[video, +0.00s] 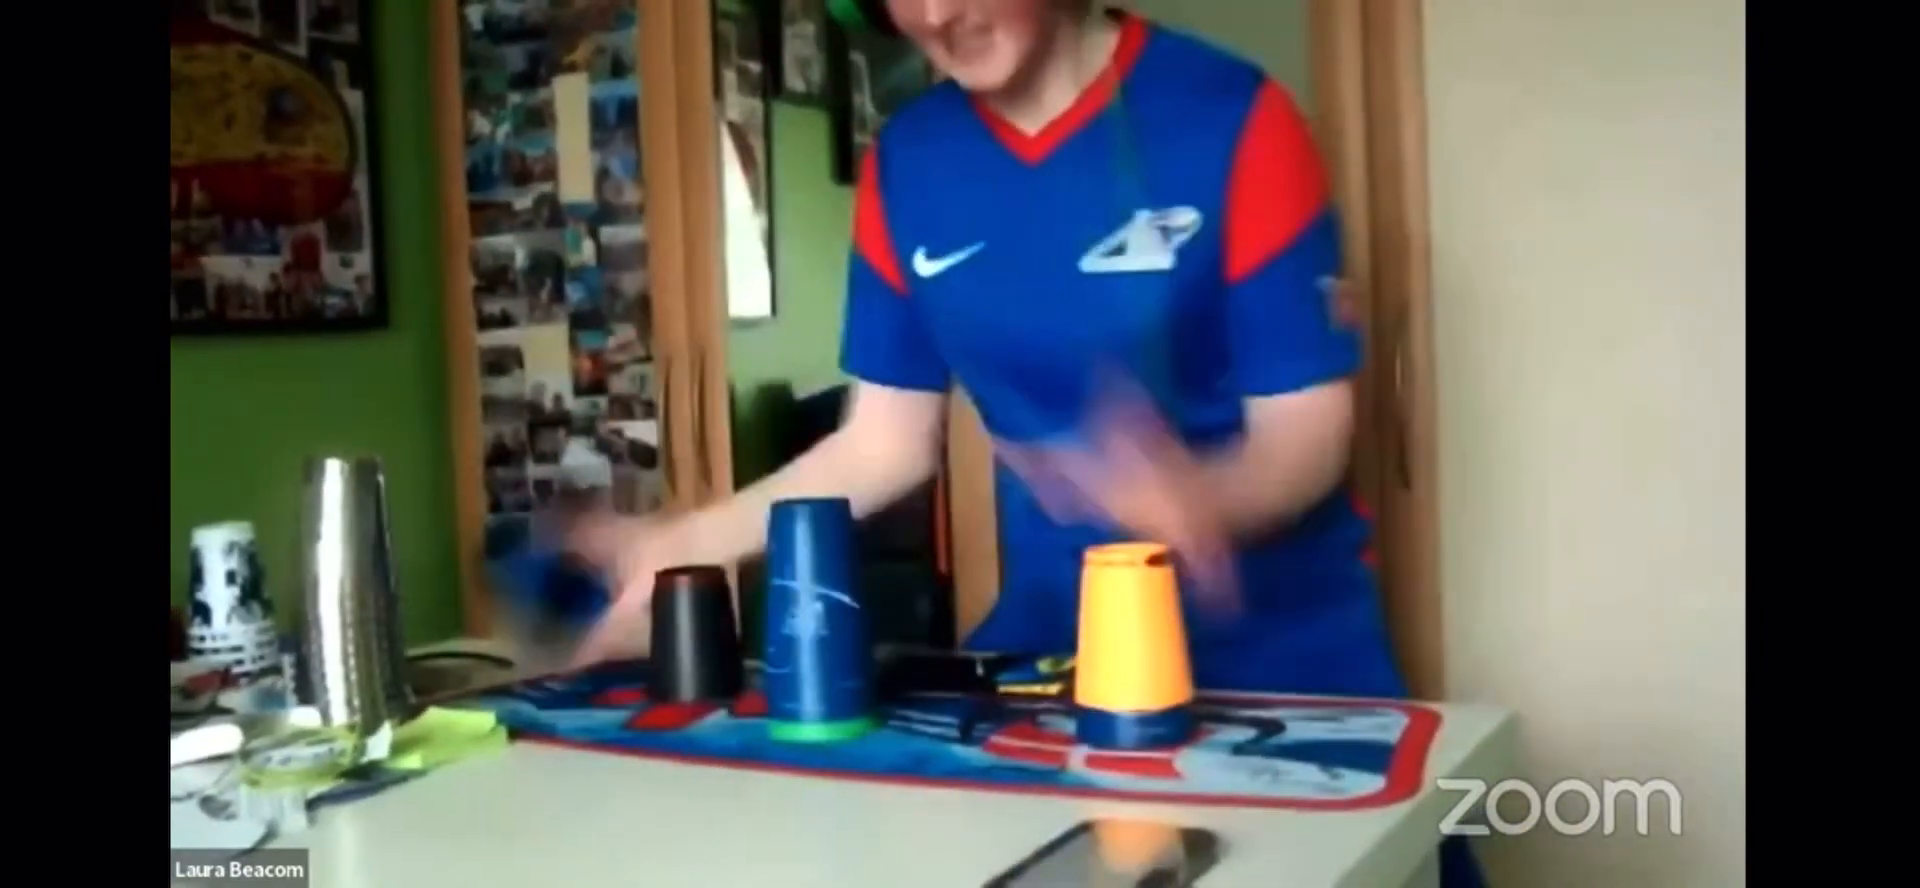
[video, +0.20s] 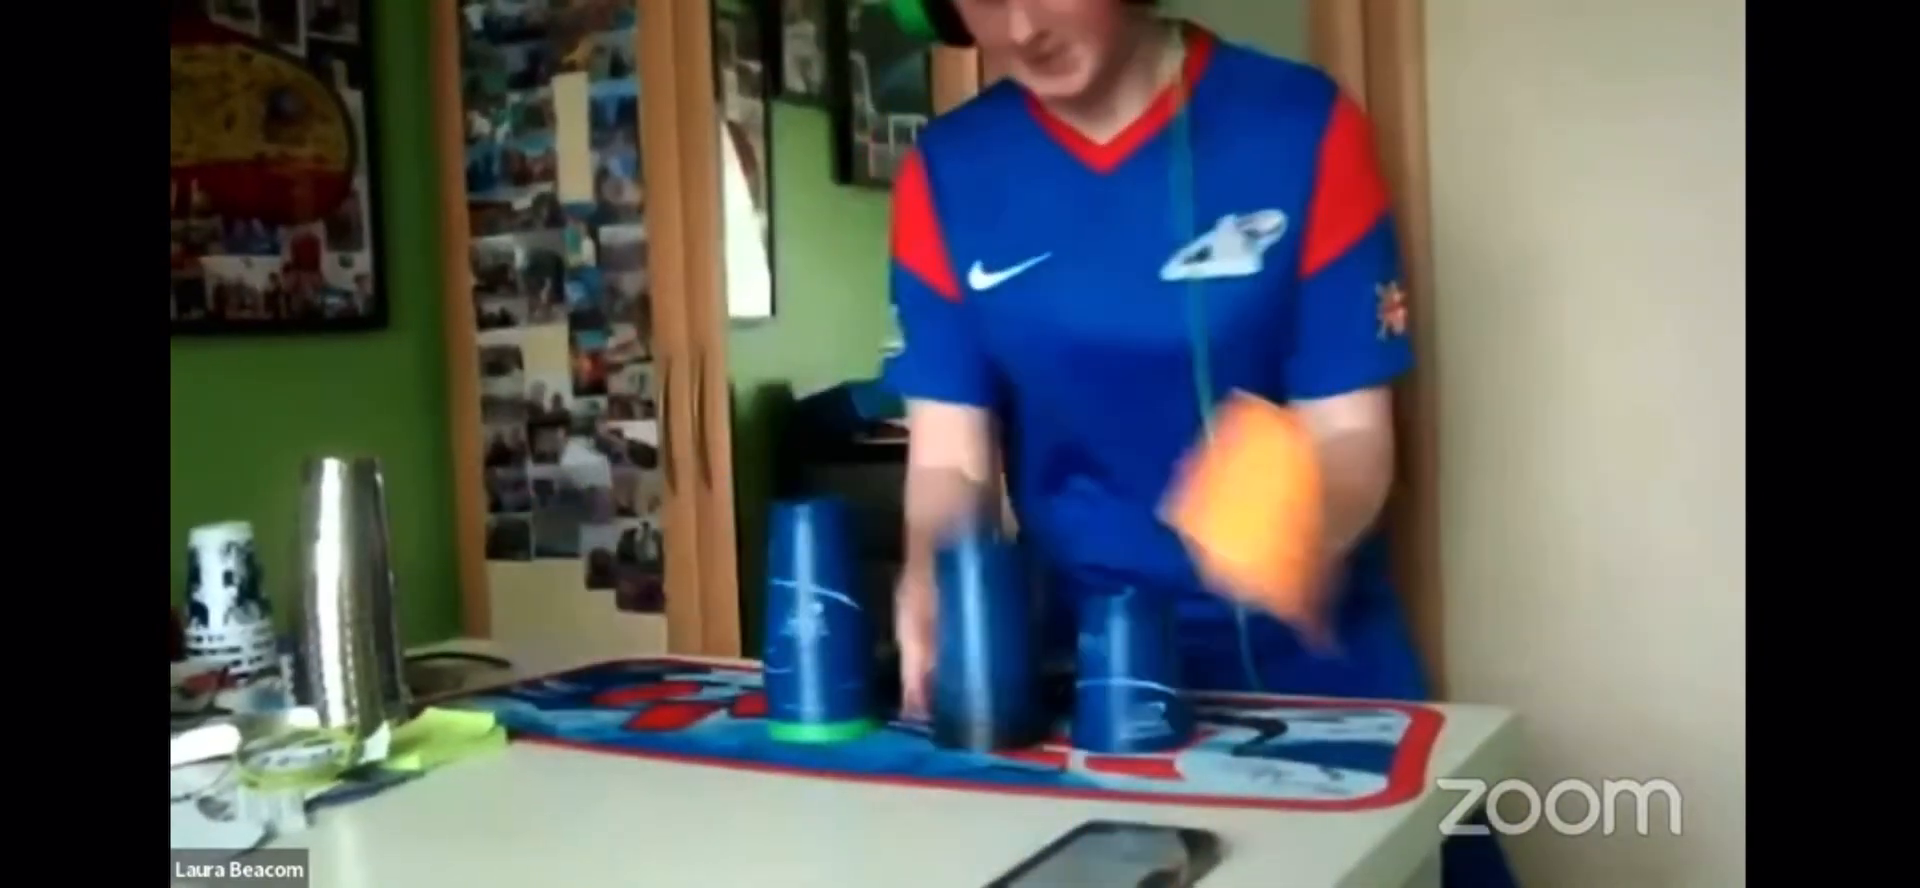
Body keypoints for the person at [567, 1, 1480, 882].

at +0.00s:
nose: (933, 10)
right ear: (885, 6)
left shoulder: (1235, 121)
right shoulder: (910, 164)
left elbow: (1310, 432)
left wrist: (1209, 497)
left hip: (1278, 645)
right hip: (1051, 648)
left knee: (1326, 869)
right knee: (1009, 864)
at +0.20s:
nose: (1022, 26)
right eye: (986, 3)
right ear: (956, 18)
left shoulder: (1298, 128)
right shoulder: (947, 175)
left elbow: (1351, 430)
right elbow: (945, 453)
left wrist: (1298, 530)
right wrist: (932, 578)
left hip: (1294, 654)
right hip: (1065, 661)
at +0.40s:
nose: (1036, 15)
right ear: (973, 10)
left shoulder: (1314, 116)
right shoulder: (956, 158)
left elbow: (1369, 416)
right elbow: (944, 428)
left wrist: (1333, 525)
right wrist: (952, 489)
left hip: (1304, 649)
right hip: (1070, 668)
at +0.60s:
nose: (1007, 10)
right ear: (960, 12)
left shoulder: (1308, 107)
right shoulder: (950, 154)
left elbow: (1368, 410)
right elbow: (968, 442)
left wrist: (1288, 484)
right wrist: (888, 461)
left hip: (1313, 643)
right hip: (1074, 657)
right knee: (1091, 874)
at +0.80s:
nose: (929, 18)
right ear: (890, 4)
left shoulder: (1245, 131)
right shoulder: (929, 159)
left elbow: (1231, 484)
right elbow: (936, 440)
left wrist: (959, 582)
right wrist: (792, 472)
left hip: (1283, 621)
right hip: (1071, 634)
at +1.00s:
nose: (906, 21)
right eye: (881, 1)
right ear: (873, 16)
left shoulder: (1226, 116)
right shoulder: (920, 152)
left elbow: (1246, 460)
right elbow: (925, 430)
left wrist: (1005, 553)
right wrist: (788, 471)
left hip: (1266, 622)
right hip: (1054, 644)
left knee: (1325, 863)